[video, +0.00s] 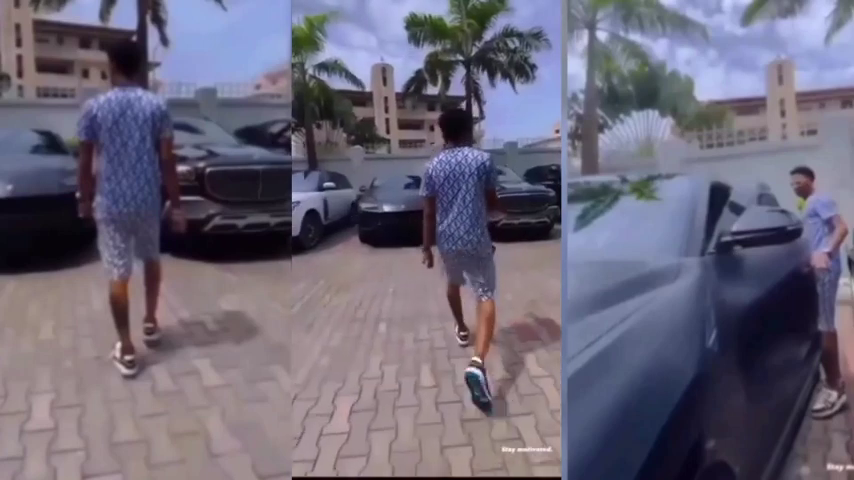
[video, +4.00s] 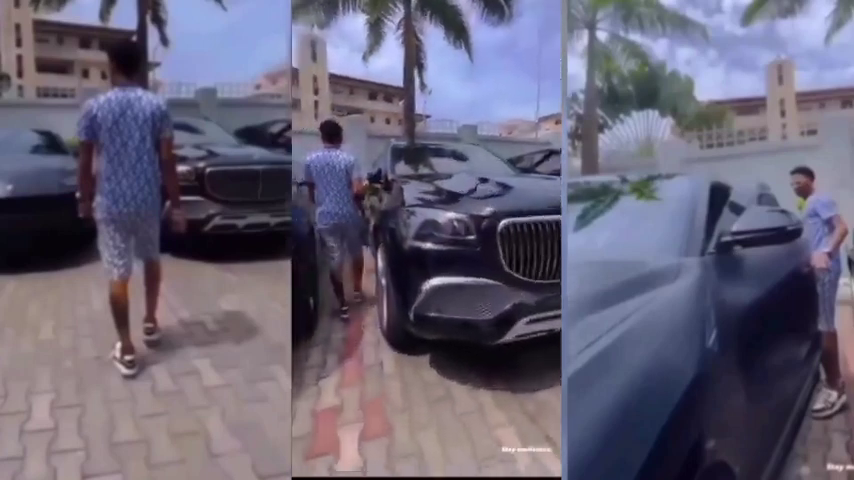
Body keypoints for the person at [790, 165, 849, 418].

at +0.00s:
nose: (796, 188)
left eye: (799, 183)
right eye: (794, 185)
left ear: (811, 181)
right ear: (796, 185)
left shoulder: (821, 201)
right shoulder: (808, 206)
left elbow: (841, 228)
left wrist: (827, 252)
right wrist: (809, 256)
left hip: (825, 269)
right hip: (814, 269)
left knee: (825, 328)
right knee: (821, 327)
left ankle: (835, 388)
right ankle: (831, 385)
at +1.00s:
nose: (796, 188)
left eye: (799, 183)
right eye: (794, 185)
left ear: (811, 181)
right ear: (796, 185)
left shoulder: (821, 201)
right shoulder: (808, 206)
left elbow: (841, 228)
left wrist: (827, 252)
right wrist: (809, 256)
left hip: (825, 269)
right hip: (814, 269)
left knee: (825, 328)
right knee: (821, 327)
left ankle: (835, 388)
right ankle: (831, 385)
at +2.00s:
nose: (796, 188)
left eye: (799, 183)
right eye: (794, 185)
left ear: (811, 181)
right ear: (796, 185)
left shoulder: (821, 201)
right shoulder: (808, 206)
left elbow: (841, 228)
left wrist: (827, 252)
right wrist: (809, 256)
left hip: (825, 269)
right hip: (814, 269)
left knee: (825, 328)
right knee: (821, 327)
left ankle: (835, 388)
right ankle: (831, 385)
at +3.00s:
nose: (796, 188)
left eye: (799, 183)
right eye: (794, 185)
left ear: (811, 181)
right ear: (796, 185)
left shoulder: (821, 201)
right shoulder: (808, 206)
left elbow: (841, 228)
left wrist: (827, 252)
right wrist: (809, 256)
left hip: (825, 269)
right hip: (814, 269)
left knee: (825, 328)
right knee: (821, 327)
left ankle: (835, 388)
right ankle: (831, 385)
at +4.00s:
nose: (796, 188)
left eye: (799, 183)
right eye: (794, 185)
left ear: (811, 181)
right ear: (796, 185)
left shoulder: (821, 201)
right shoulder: (808, 206)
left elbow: (841, 228)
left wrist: (827, 252)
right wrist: (809, 256)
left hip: (825, 269)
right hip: (814, 269)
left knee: (825, 328)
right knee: (821, 327)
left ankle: (835, 388)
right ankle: (831, 385)